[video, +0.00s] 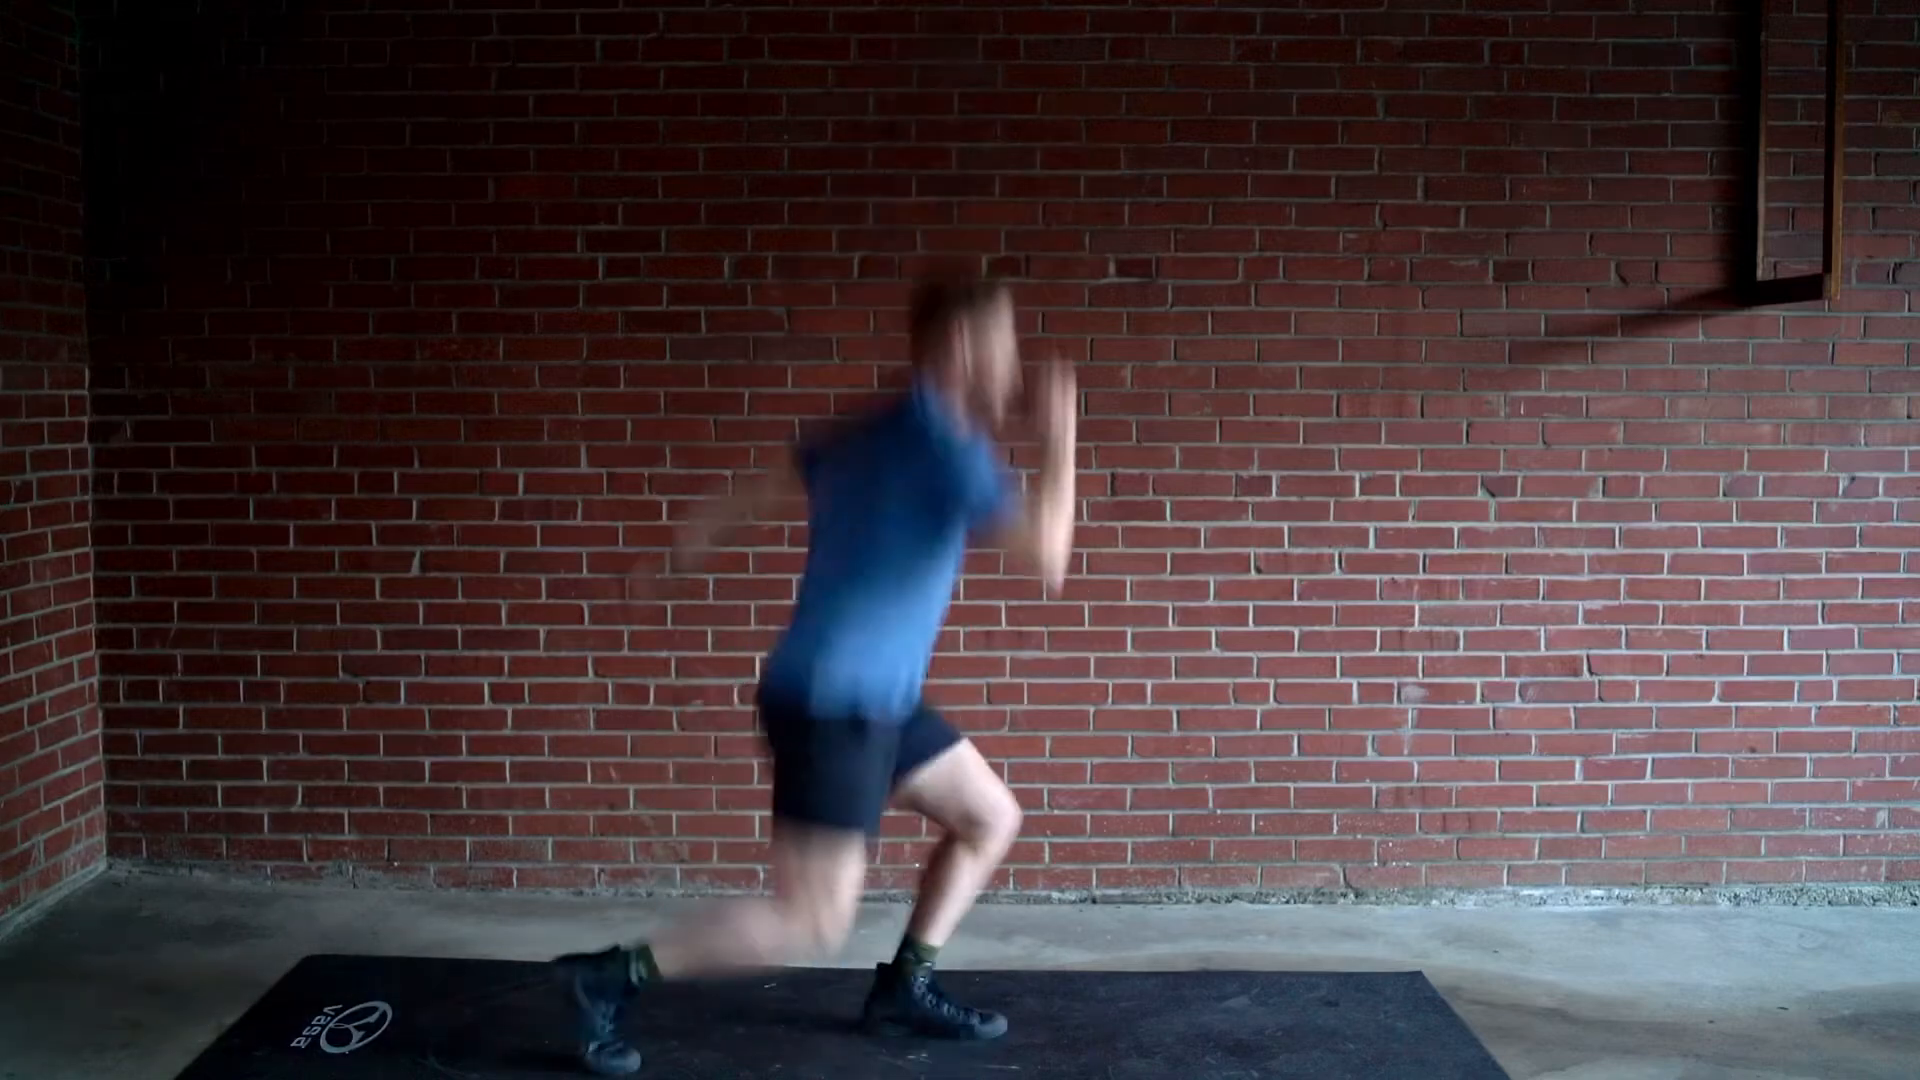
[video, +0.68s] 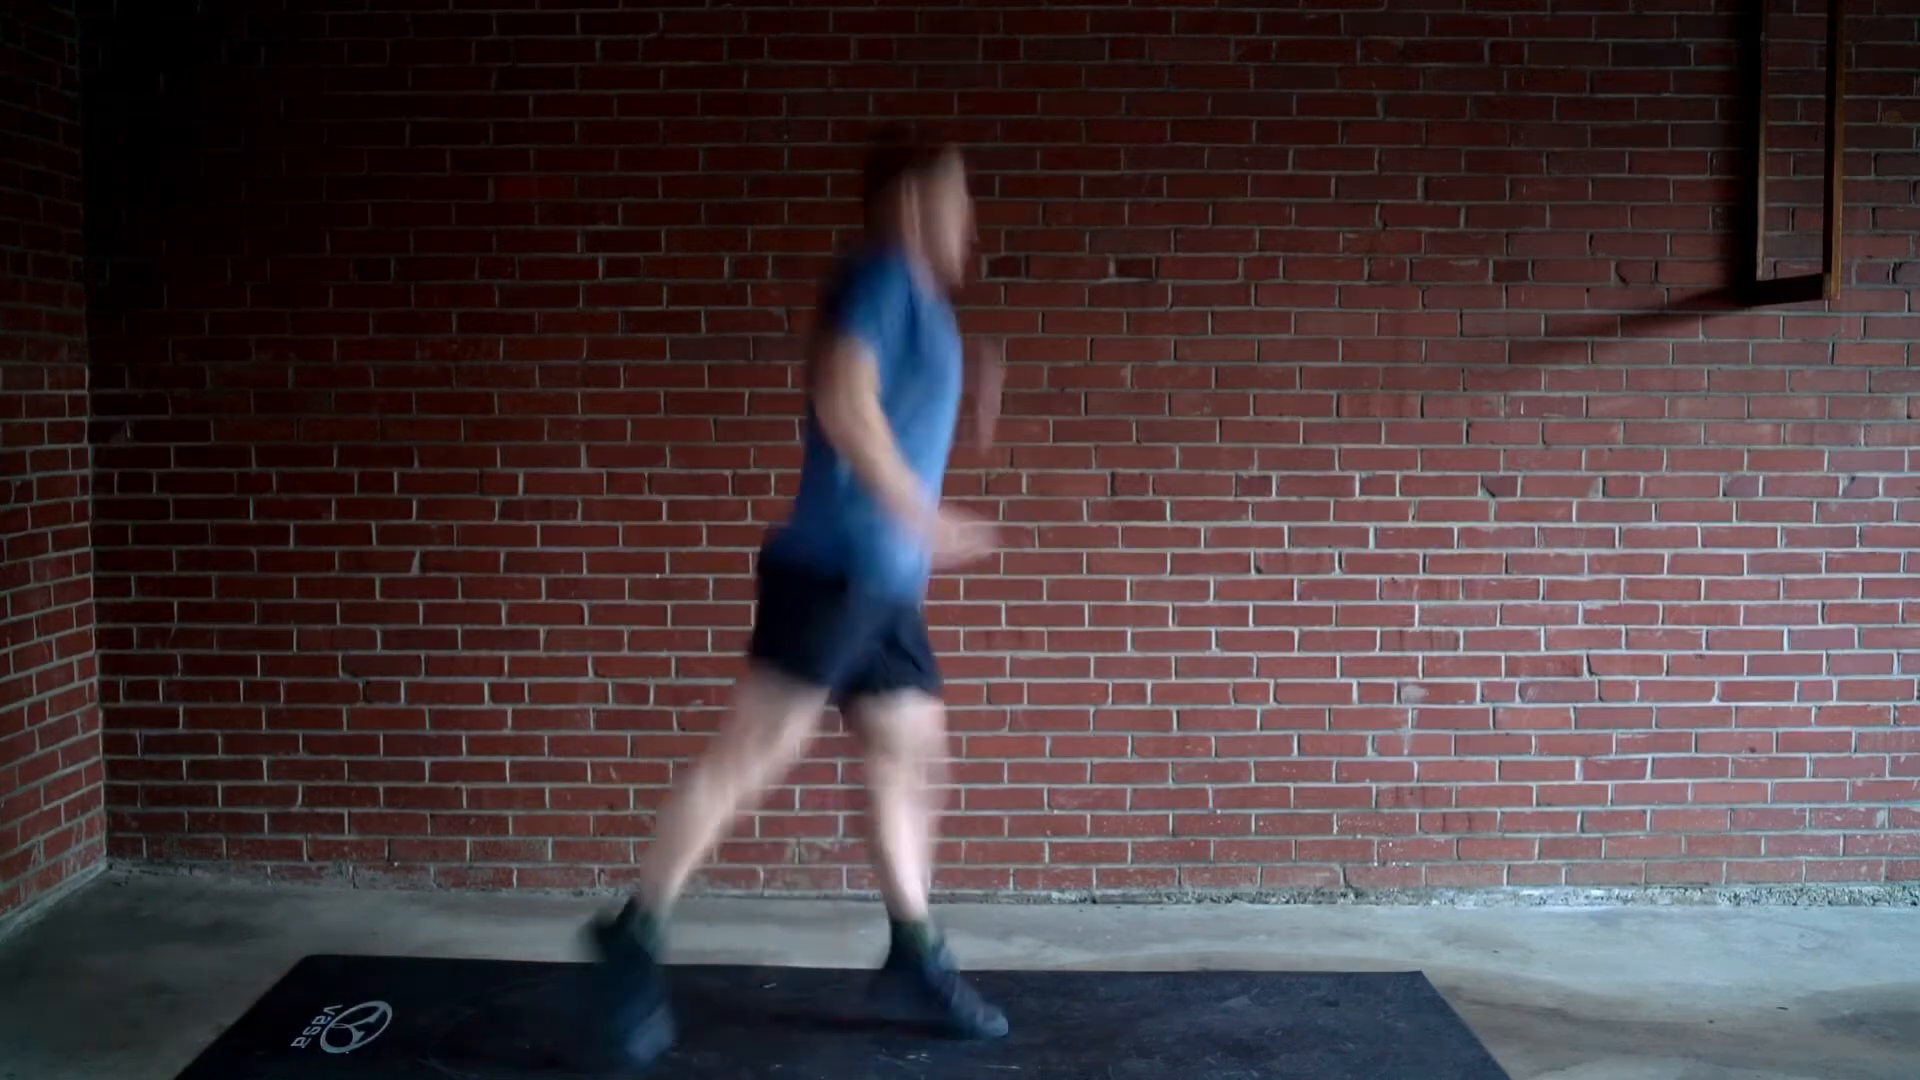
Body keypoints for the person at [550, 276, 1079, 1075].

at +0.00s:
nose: (1012, 357)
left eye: (1010, 337)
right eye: (998, 338)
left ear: (941, 347)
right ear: (954, 343)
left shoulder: (875, 430)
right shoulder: (946, 444)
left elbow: (763, 487)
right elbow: (1046, 554)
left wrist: (697, 532)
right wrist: (1060, 431)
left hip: (879, 697)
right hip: (831, 701)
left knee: (990, 818)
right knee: (812, 921)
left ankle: (906, 986)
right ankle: (609, 977)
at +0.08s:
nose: (1024, 447)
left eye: (1020, 428)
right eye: (1011, 428)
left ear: (950, 436)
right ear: (967, 437)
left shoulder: (872, 515)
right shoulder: (945, 536)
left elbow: (779, 560)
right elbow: (1043, 658)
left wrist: (704, 622)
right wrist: (1060, 535)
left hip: (867, 757)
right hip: (813, 772)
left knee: (1000, 823)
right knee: (824, 993)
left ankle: (908, 987)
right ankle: (618, 981)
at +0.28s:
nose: (1038, 538)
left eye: (1036, 523)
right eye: (1029, 523)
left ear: (972, 530)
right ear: (983, 530)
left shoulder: (899, 585)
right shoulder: (947, 615)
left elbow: (789, 660)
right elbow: (1039, 749)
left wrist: (735, 743)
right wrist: (1064, 636)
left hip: (839, 804)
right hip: (788, 826)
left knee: (990, 822)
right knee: (831, 1041)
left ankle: (908, 984)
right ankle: (638, 981)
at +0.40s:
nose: (1029, 503)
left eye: (1025, 488)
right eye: (1017, 488)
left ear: (967, 501)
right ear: (970, 501)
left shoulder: (937, 574)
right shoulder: (929, 576)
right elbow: (1022, 718)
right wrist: (1053, 606)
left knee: (992, 823)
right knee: (824, 1024)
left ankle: (908, 985)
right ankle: (625, 981)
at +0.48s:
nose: (1015, 451)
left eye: (1011, 434)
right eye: (1002, 434)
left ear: (951, 448)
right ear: (955, 446)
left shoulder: (927, 528)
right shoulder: (915, 527)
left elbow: (993, 652)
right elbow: (999, 666)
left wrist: (1022, 560)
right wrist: (1035, 559)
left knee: (988, 821)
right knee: (811, 988)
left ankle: (906, 989)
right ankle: (606, 980)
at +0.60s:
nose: (987, 330)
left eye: (985, 310)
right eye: (971, 311)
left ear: (940, 319)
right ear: (923, 316)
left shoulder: (928, 410)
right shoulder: (893, 395)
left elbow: (909, 520)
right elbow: (880, 507)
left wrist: (971, 518)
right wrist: (1006, 503)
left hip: (873, 673)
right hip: (807, 669)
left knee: (973, 805)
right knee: (772, 877)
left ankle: (909, 983)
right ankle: (584, 978)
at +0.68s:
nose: (966, 218)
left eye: (965, 199)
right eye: (951, 198)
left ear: (942, 208)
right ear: (906, 202)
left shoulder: (926, 301)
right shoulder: (879, 282)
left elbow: (917, 431)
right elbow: (841, 400)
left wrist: (974, 398)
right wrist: (924, 516)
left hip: (886, 576)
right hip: (830, 568)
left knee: (905, 753)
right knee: (753, 748)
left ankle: (916, 954)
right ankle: (629, 934)